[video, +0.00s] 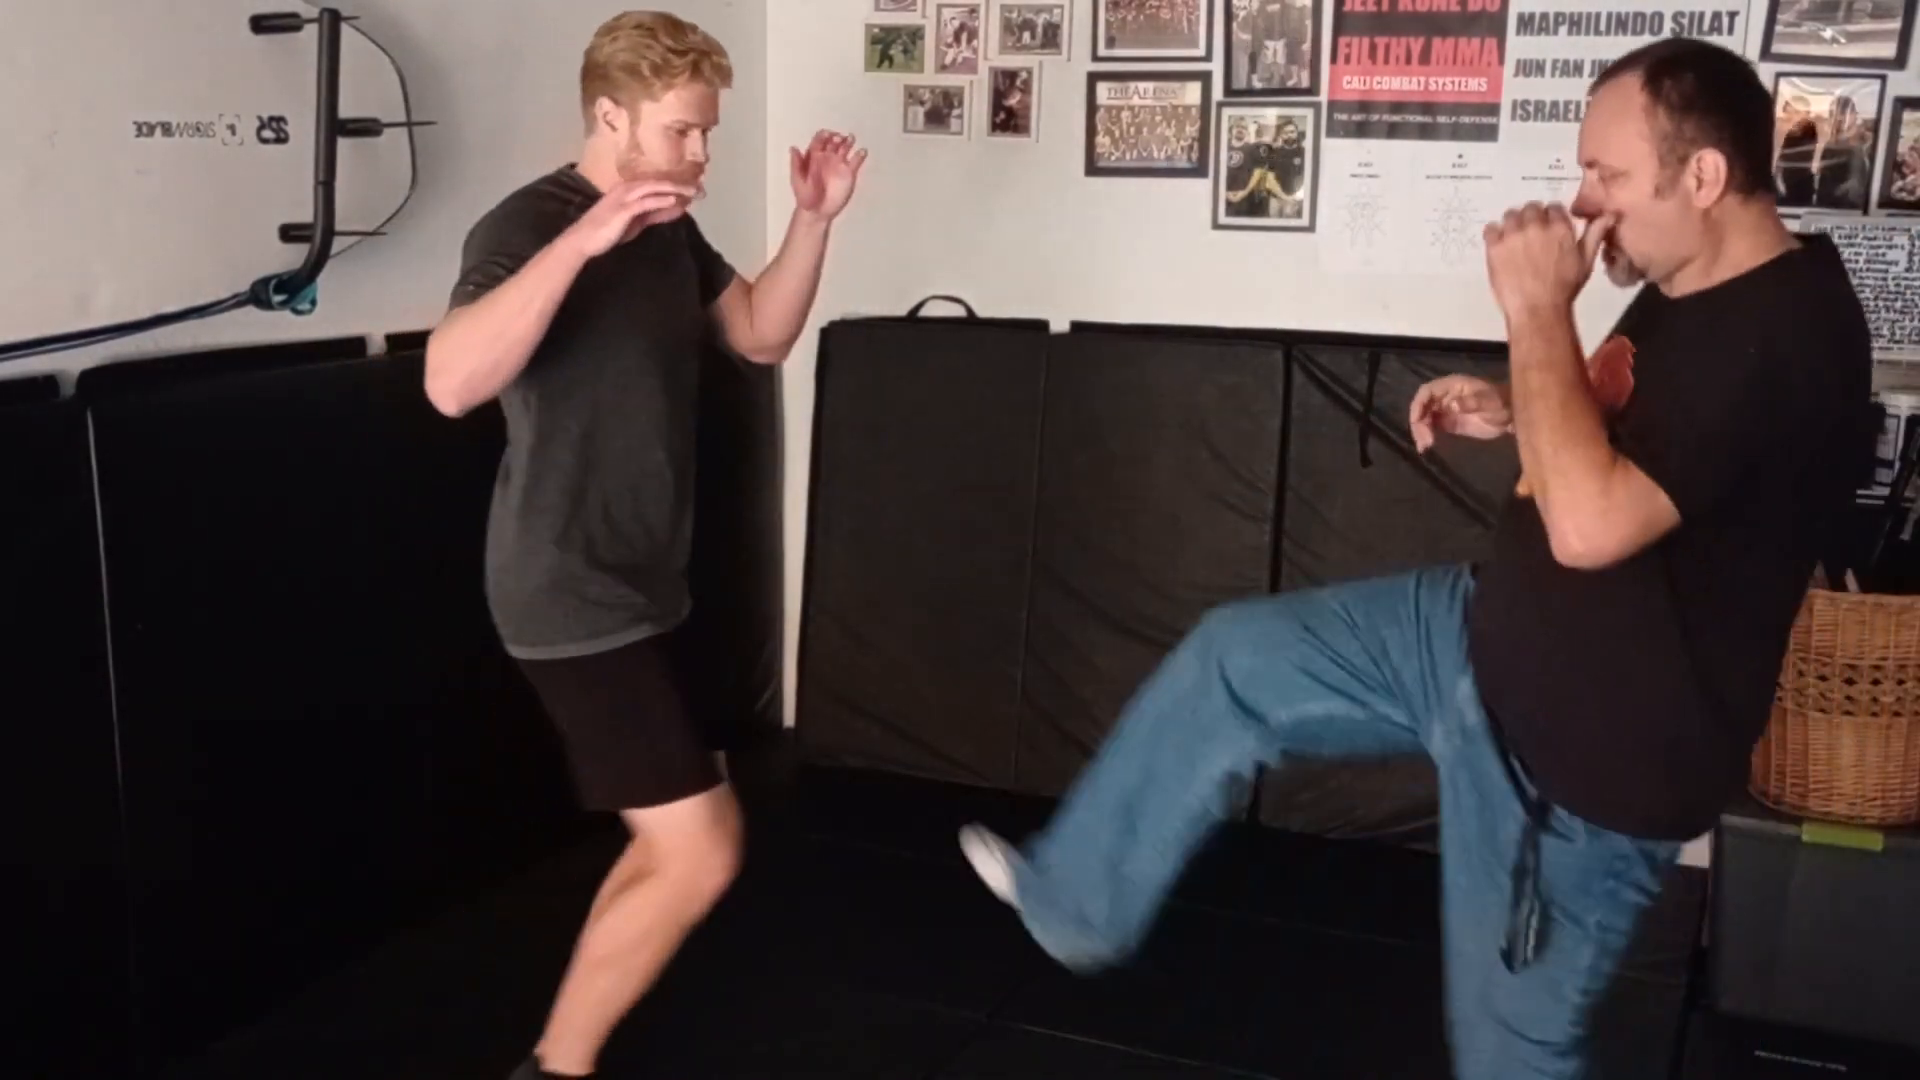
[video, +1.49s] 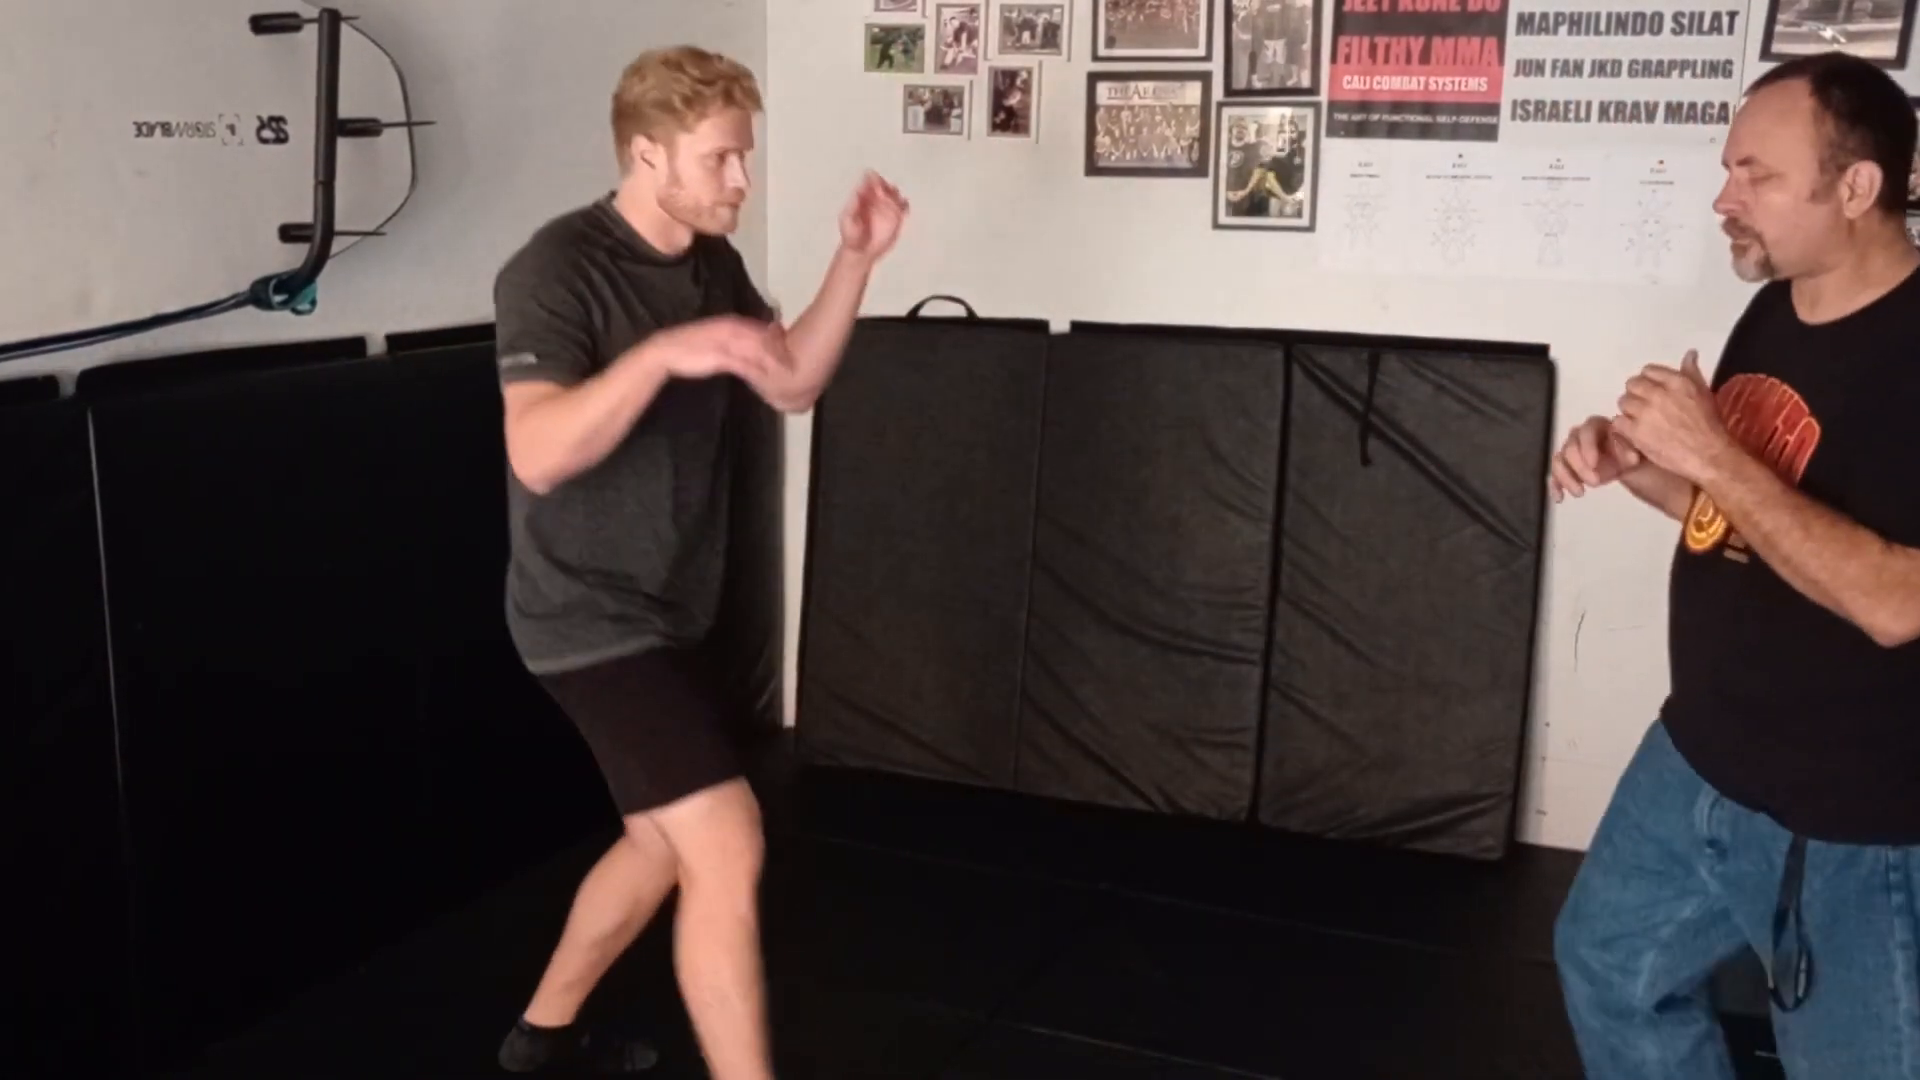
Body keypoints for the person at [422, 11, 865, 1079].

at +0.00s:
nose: (702, 154)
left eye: (708, 130)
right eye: (684, 130)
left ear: (694, 124)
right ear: (609, 119)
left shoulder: (671, 233)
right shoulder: (525, 228)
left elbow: (759, 333)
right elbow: (451, 381)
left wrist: (813, 218)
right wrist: (576, 247)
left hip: (654, 585)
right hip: (566, 597)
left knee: (667, 840)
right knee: (701, 849)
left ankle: (566, 1053)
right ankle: (558, 1064)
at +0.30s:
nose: (826, 183)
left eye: (828, 159)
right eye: (804, 161)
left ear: (749, 158)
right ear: (728, 156)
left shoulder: (774, 280)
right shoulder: (644, 276)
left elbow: (859, 403)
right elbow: (549, 446)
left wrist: (923, 291)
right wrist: (666, 305)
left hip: (761, 637)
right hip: (702, 656)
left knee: (728, 876)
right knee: (857, 900)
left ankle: (569, 1050)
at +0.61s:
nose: (917, 180)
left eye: (919, 152)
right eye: (896, 154)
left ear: (854, 153)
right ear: (818, 151)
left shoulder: (854, 257)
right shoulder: (730, 267)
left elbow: (961, 398)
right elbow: (745, 451)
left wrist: (1005, 257)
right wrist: (855, 279)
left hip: (772, 634)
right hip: (758, 648)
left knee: (716, 858)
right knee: (901, 905)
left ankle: (570, 1050)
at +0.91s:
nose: (927, 177)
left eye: (927, 150)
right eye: (906, 152)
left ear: (853, 148)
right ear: (830, 148)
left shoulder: (854, 252)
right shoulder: (735, 265)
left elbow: (964, 390)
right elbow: (778, 447)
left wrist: (1009, 249)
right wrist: (883, 273)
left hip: (760, 628)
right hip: (763, 644)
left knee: (686, 859)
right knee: (900, 910)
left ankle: (565, 1052)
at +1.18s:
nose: (858, 189)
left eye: (861, 164)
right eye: (842, 164)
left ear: (792, 159)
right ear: (765, 156)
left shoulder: (769, 266)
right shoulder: (678, 281)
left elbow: (784, 405)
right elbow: (699, 484)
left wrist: (908, 371)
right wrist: (865, 395)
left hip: (754, 626)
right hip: (699, 642)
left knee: (730, 845)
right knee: (835, 903)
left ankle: (560, 1001)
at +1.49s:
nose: (741, 180)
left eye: (745, 156)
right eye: (721, 157)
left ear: (703, 158)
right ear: (647, 154)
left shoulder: (711, 264)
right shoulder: (552, 271)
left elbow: (793, 381)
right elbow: (537, 452)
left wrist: (853, 259)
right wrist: (664, 351)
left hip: (688, 607)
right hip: (585, 616)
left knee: (662, 837)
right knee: (725, 836)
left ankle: (540, 1035)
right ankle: (746, 1077)